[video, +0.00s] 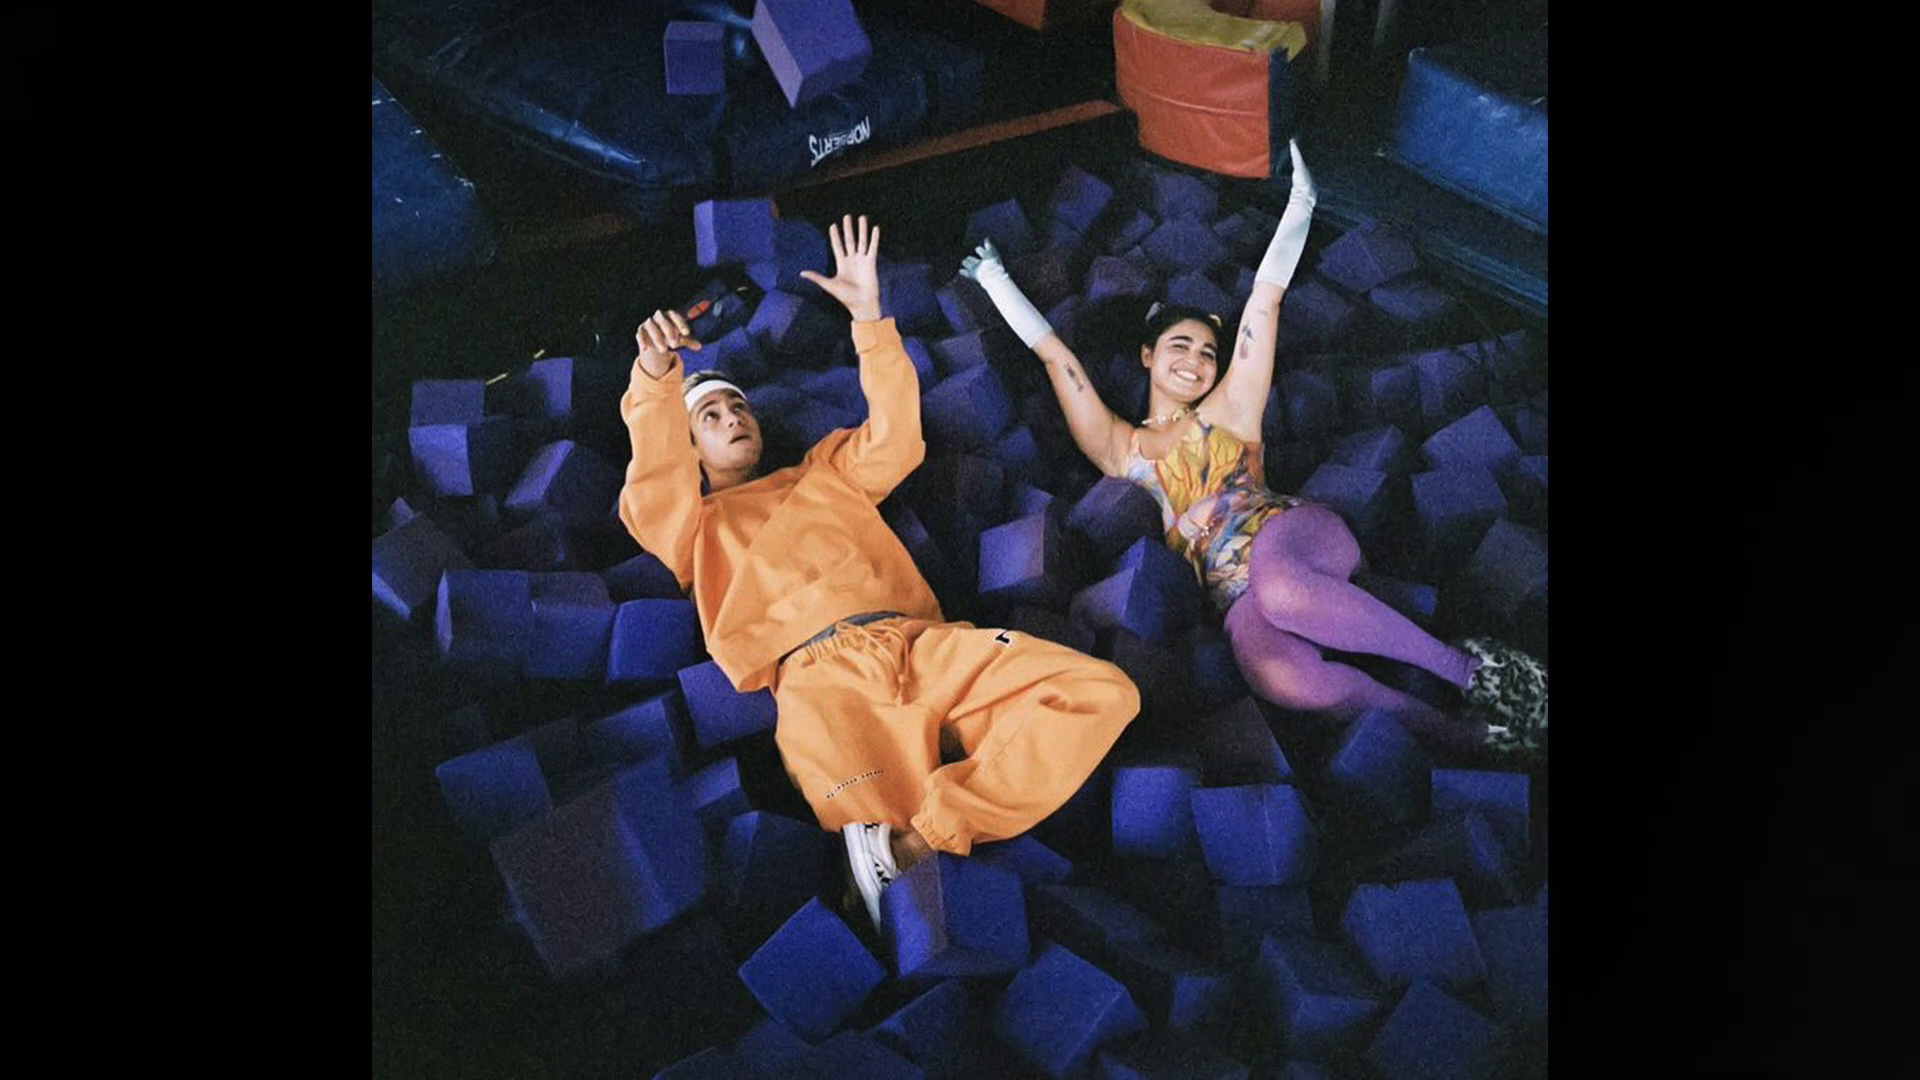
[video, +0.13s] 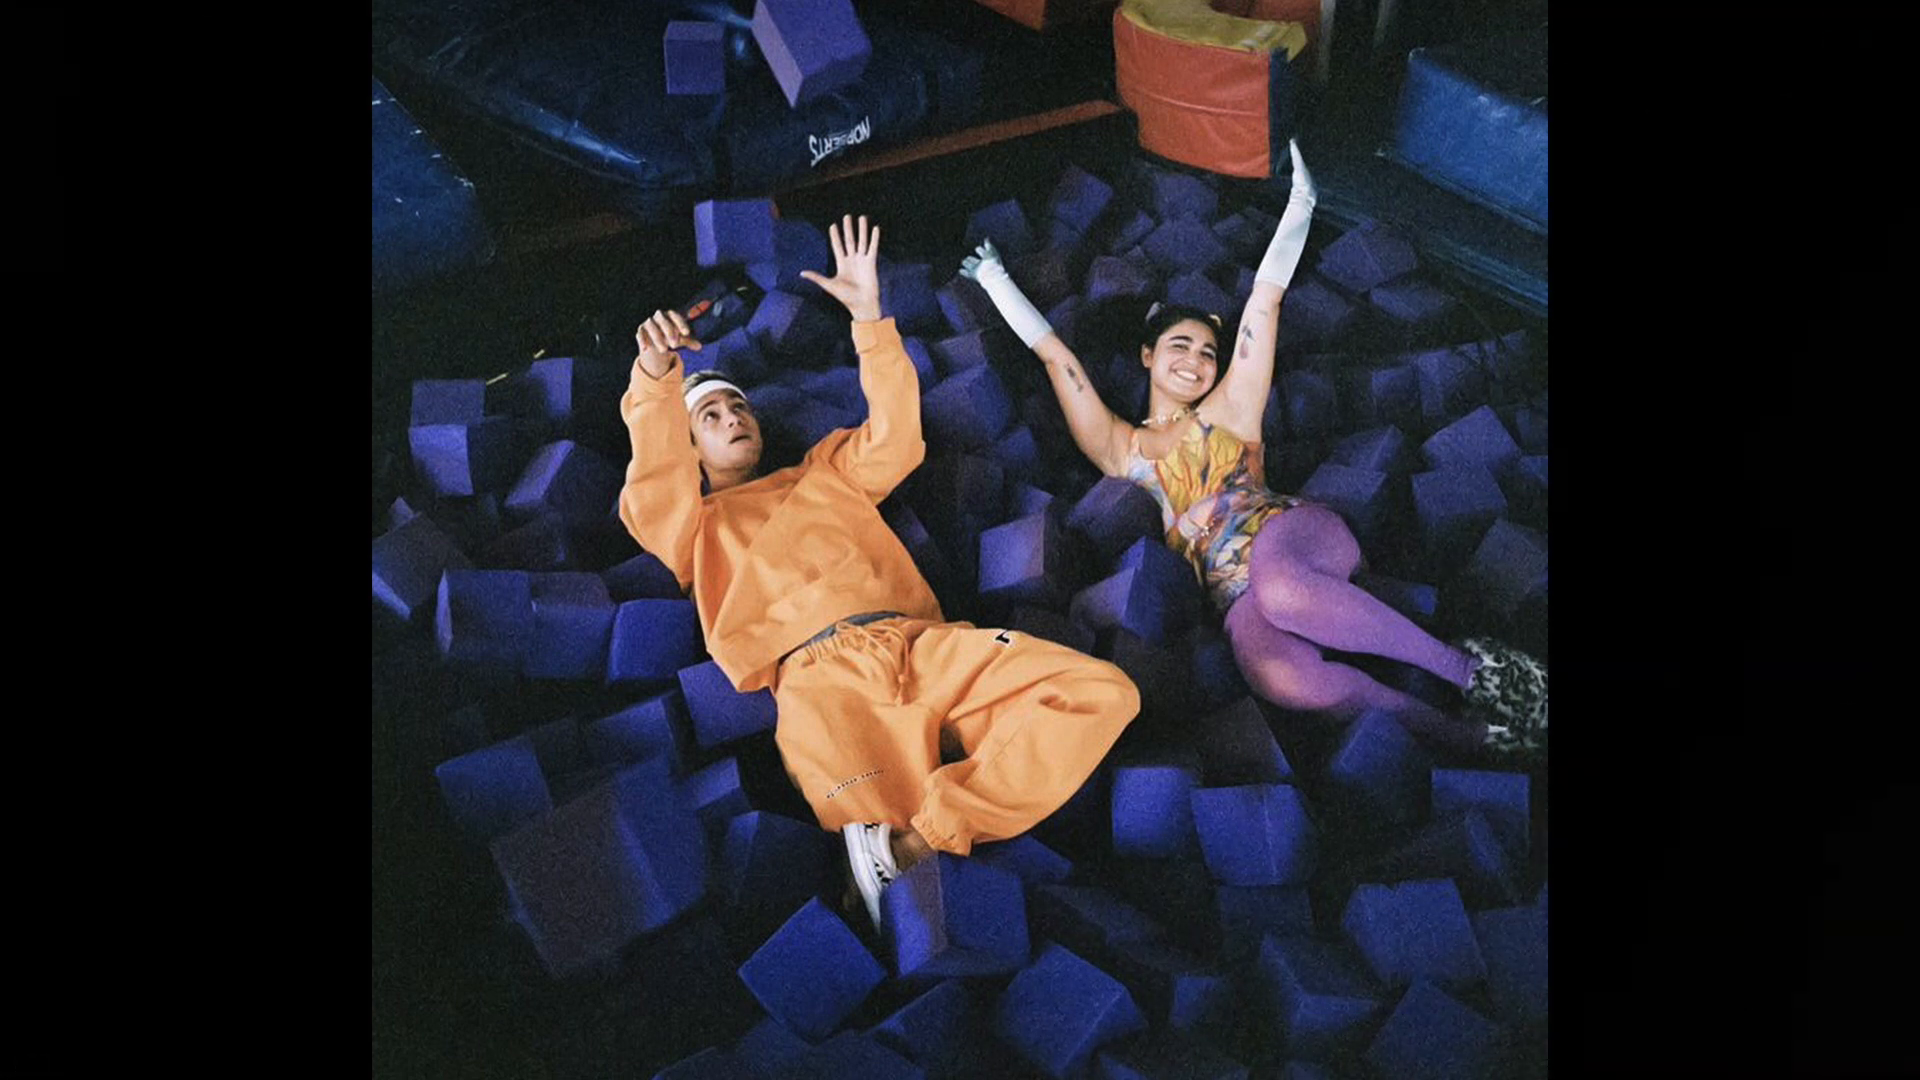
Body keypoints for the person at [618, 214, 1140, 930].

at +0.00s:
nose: (731, 418)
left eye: (738, 407)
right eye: (709, 415)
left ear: (760, 425)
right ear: (688, 448)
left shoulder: (827, 468)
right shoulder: (695, 525)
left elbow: (895, 436)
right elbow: (655, 476)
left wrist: (868, 317)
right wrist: (655, 373)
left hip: (917, 640)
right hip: (820, 672)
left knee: (1094, 692)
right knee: (881, 828)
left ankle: (917, 840)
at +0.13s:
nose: (731, 418)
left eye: (738, 407)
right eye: (709, 415)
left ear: (760, 425)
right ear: (688, 449)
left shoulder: (827, 468)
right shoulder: (696, 525)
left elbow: (895, 436)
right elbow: (655, 477)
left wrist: (868, 317)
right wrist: (655, 373)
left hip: (917, 641)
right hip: (820, 673)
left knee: (1094, 692)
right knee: (883, 831)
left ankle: (917, 841)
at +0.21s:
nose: (731, 418)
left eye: (738, 407)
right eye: (709, 415)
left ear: (760, 425)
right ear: (688, 448)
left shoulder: (827, 468)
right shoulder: (695, 525)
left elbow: (895, 436)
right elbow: (655, 476)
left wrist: (868, 317)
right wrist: (655, 372)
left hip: (917, 640)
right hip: (820, 672)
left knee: (1094, 692)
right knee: (881, 828)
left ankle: (917, 840)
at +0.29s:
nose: (731, 418)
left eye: (738, 407)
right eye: (709, 415)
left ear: (760, 425)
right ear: (688, 449)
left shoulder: (827, 468)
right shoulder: (696, 525)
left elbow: (895, 436)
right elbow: (655, 477)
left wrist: (868, 317)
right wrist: (655, 373)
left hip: (917, 641)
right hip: (820, 673)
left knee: (1094, 692)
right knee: (883, 831)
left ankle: (917, 841)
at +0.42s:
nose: (731, 418)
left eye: (738, 407)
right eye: (709, 415)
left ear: (760, 425)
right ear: (688, 449)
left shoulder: (827, 468)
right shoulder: (696, 525)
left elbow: (895, 436)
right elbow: (655, 477)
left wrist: (868, 317)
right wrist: (655, 373)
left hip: (917, 641)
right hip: (820, 673)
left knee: (1094, 692)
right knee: (883, 831)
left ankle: (917, 841)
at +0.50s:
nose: (731, 418)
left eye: (738, 407)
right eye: (709, 415)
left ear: (760, 425)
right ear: (688, 448)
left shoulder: (827, 468)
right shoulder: (695, 525)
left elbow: (895, 436)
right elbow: (655, 476)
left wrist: (868, 317)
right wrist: (655, 373)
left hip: (918, 640)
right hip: (820, 672)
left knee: (1094, 692)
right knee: (882, 829)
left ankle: (917, 841)